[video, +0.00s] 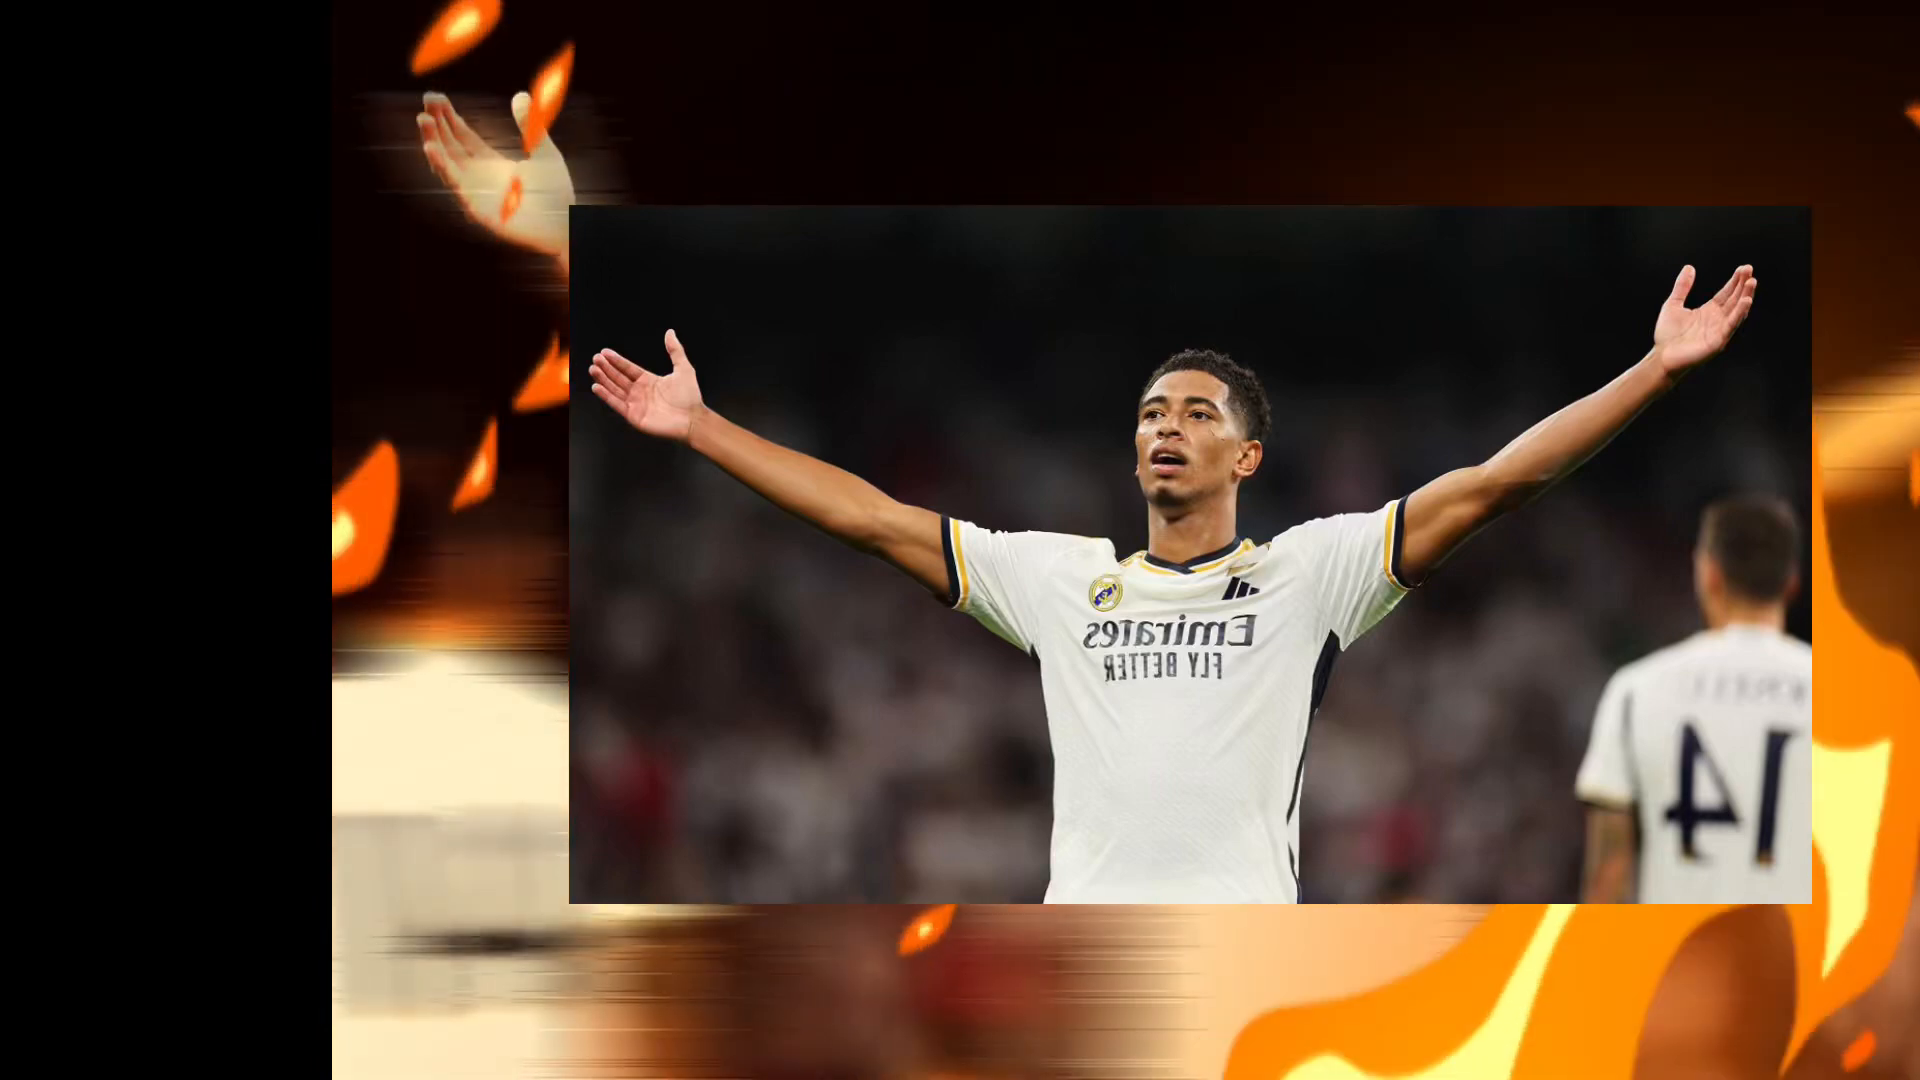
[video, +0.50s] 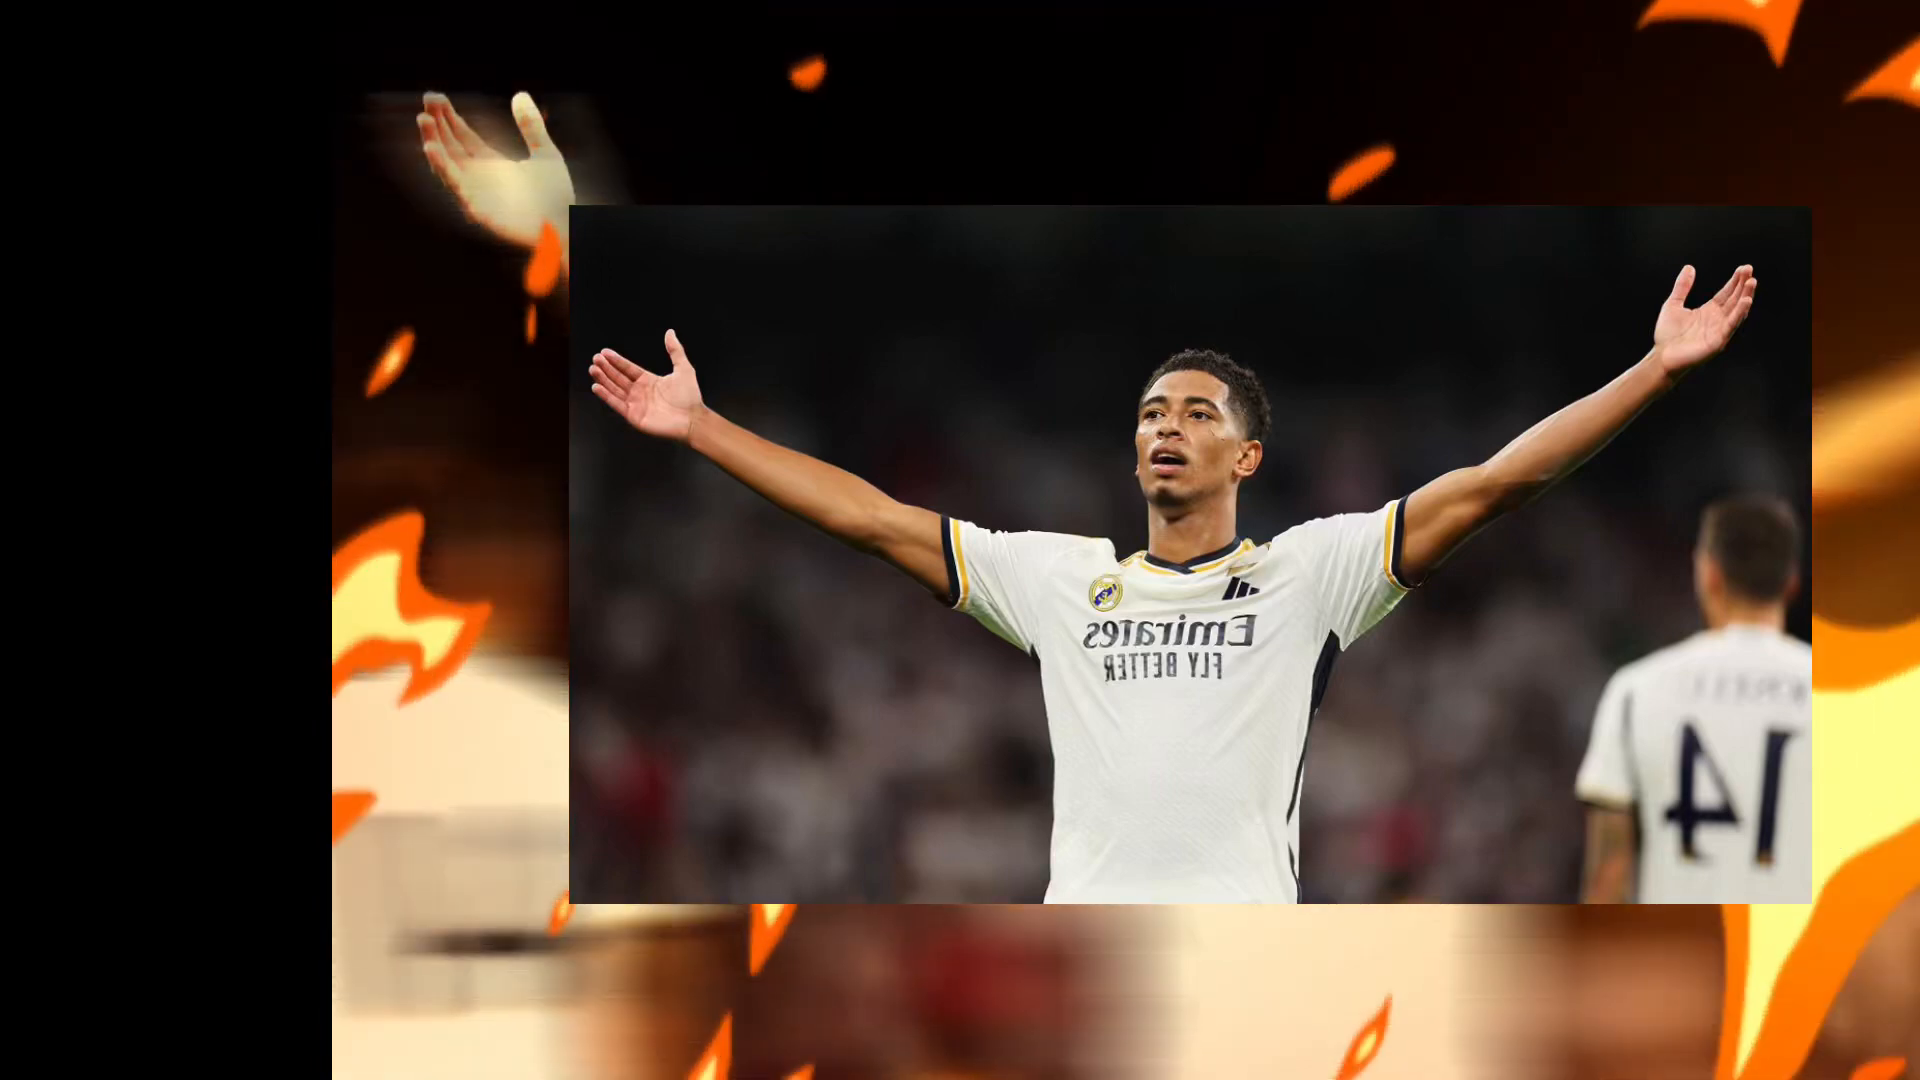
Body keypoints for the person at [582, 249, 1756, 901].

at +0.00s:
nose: (1172, 429)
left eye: (1201, 415)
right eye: (1157, 413)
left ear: (1248, 454)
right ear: (1133, 449)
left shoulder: (1308, 570)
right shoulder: (1057, 576)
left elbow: (1490, 484)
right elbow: (878, 519)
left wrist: (1655, 368)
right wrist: (700, 428)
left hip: (1248, 938)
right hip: (1086, 936)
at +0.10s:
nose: (1165, 435)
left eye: (1192, 419)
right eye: (1153, 420)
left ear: (1251, 455)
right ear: (1135, 453)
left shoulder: (1310, 569)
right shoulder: (1067, 577)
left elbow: (1497, 480)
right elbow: (879, 519)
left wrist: (1660, 364)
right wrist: (701, 425)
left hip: (1245, 936)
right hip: (1079, 934)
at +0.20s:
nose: (1162, 436)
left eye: (1190, 420)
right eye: (1152, 421)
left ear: (1251, 454)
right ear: (1135, 452)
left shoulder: (1310, 569)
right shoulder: (1066, 577)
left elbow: (1496, 480)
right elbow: (879, 519)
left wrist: (1660, 365)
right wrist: (702, 426)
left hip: (1253, 940)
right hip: (1084, 936)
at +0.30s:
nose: (1162, 434)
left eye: (1191, 418)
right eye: (1151, 420)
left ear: (1252, 455)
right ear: (1134, 454)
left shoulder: (1310, 569)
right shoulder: (1066, 577)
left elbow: (1496, 480)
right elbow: (878, 518)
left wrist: (1659, 366)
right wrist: (702, 426)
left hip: (1253, 941)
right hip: (1084, 937)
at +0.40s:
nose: (1163, 434)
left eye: (1191, 418)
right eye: (1151, 419)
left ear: (1252, 455)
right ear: (1134, 454)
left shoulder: (1311, 569)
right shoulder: (1066, 577)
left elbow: (1496, 480)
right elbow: (878, 518)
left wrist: (1659, 365)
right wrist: (702, 427)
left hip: (1253, 939)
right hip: (1085, 935)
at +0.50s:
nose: (1167, 430)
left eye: (1198, 415)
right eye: (1153, 415)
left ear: (1248, 455)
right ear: (1134, 452)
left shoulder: (1308, 571)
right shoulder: (1058, 579)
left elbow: (1491, 483)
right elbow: (878, 519)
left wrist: (1655, 368)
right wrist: (700, 427)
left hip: (1246, 939)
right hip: (1085, 937)